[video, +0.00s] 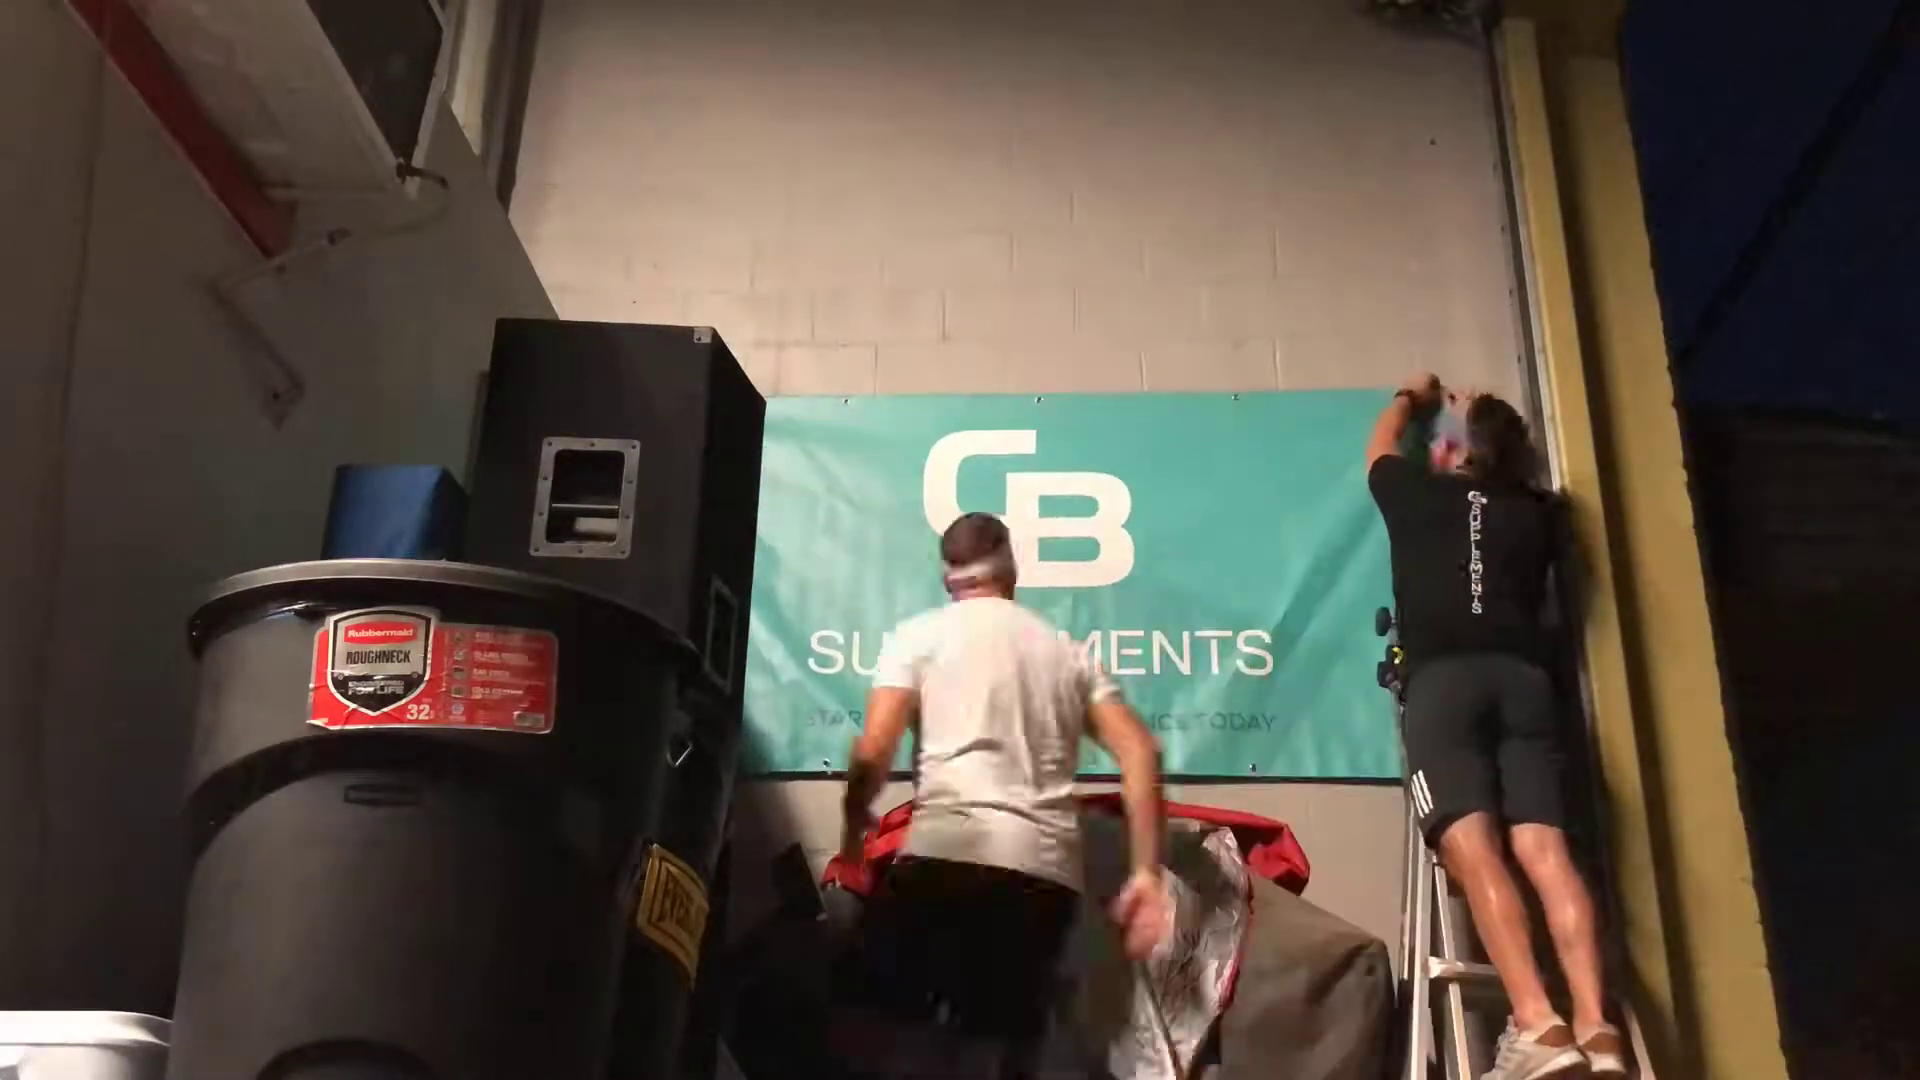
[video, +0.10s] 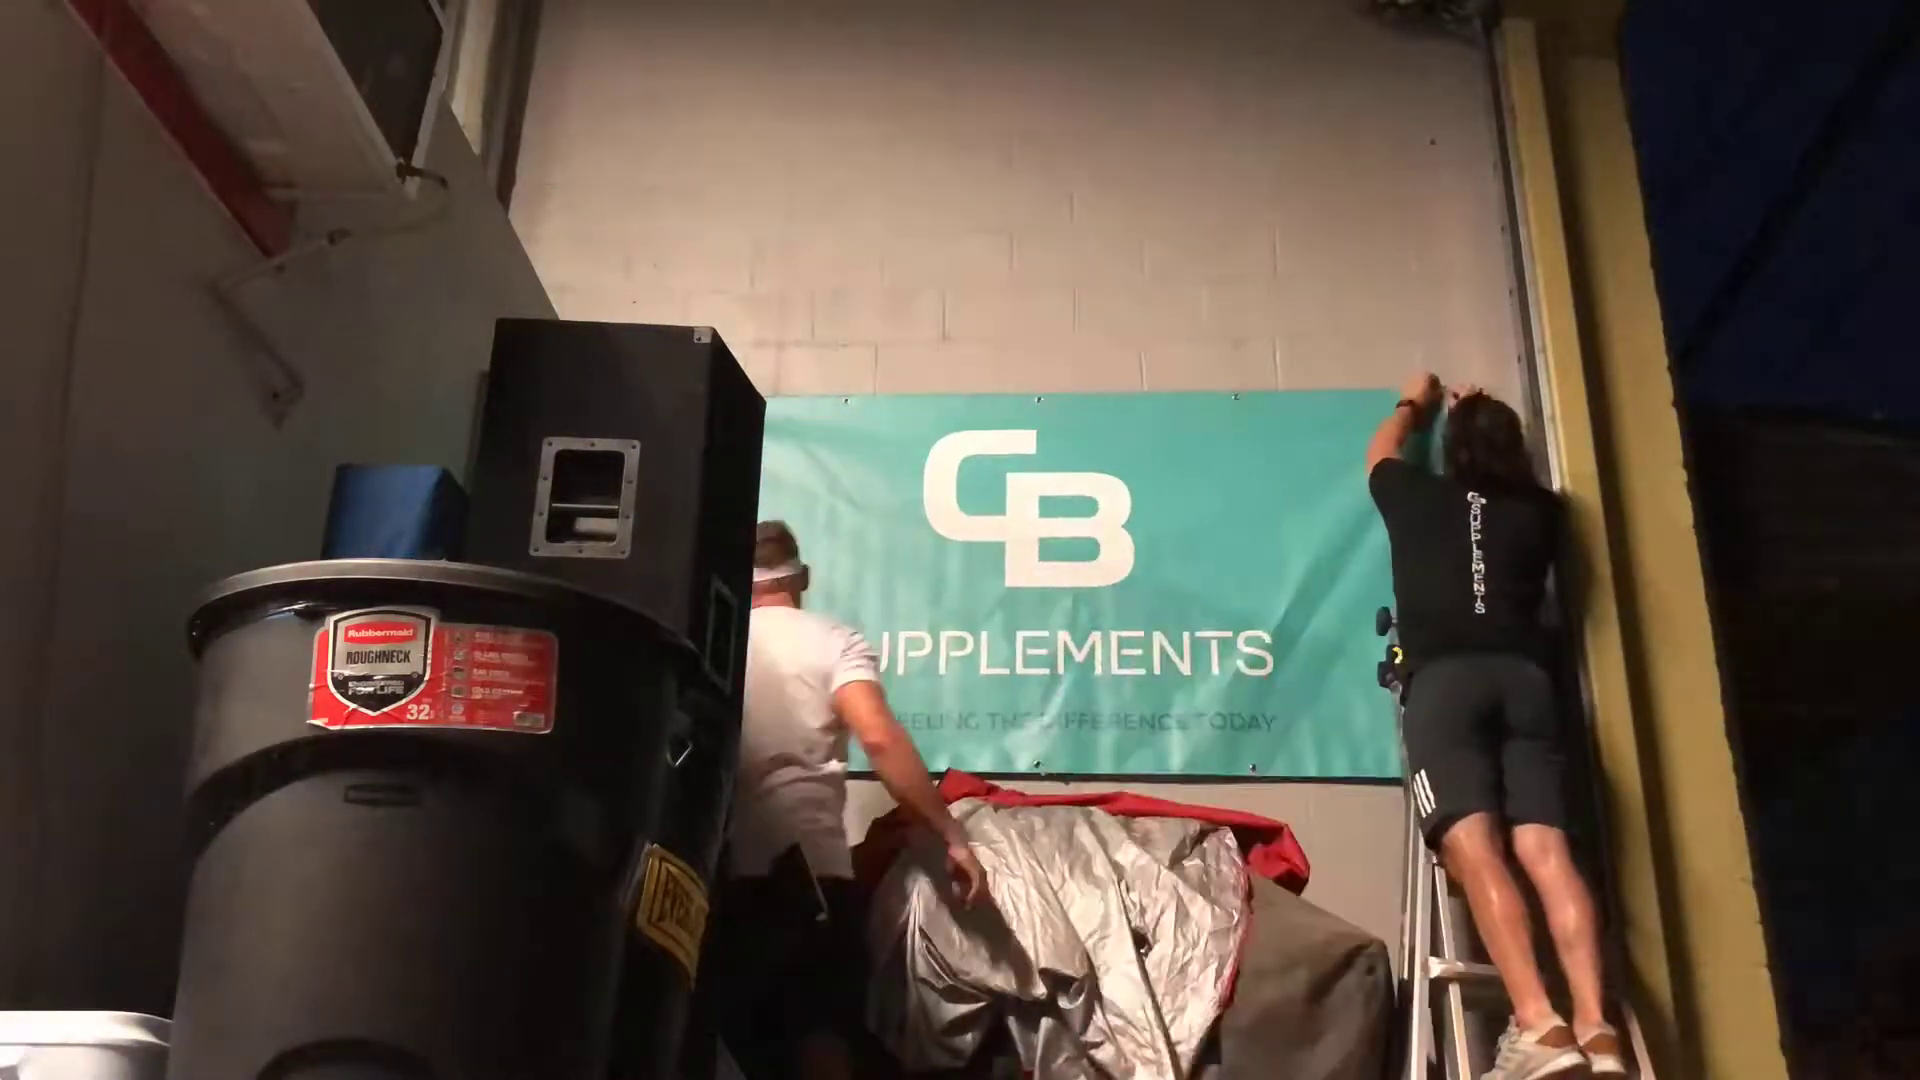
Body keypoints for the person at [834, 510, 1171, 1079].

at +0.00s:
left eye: (955, 576)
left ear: (949, 581)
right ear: (1013, 576)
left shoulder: (918, 634)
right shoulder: (1067, 651)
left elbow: (872, 752)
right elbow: (1138, 748)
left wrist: (855, 836)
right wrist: (1147, 871)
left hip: (935, 870)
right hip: (1041, 885)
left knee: (884, 1033)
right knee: (1008, 1047)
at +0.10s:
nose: (796, 583)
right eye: (798, 576)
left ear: (734, 581)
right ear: (798, 578)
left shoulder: (703, 634)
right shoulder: (829, 639)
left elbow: (673, 756)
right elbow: (879, 738)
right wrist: (951, 837)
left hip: (721, 876)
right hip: (814, 873)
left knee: (744, 1041)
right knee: (825, 1037)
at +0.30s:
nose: (966, 529)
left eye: (973, 519)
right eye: (948, 517)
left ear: (982, 534)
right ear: (913, 534)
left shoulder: (902, 601)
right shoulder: (921, 599)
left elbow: (901, 742)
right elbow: (912, 722)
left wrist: (987, 761)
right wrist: (1004, 823)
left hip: (870, 845)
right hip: (895, 846)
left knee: (887, 1036)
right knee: (952, 1034)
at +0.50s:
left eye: (947, 570)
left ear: (944, 575)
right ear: (1008, 576)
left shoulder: (895, 646)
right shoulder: (1056, 649)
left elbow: (847, 772)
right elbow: (1105, 757)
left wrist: (824, 872)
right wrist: (1149, 869)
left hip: (917, 882)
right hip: (1034, 886)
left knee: (901, 1044)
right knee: (1078, 1041)